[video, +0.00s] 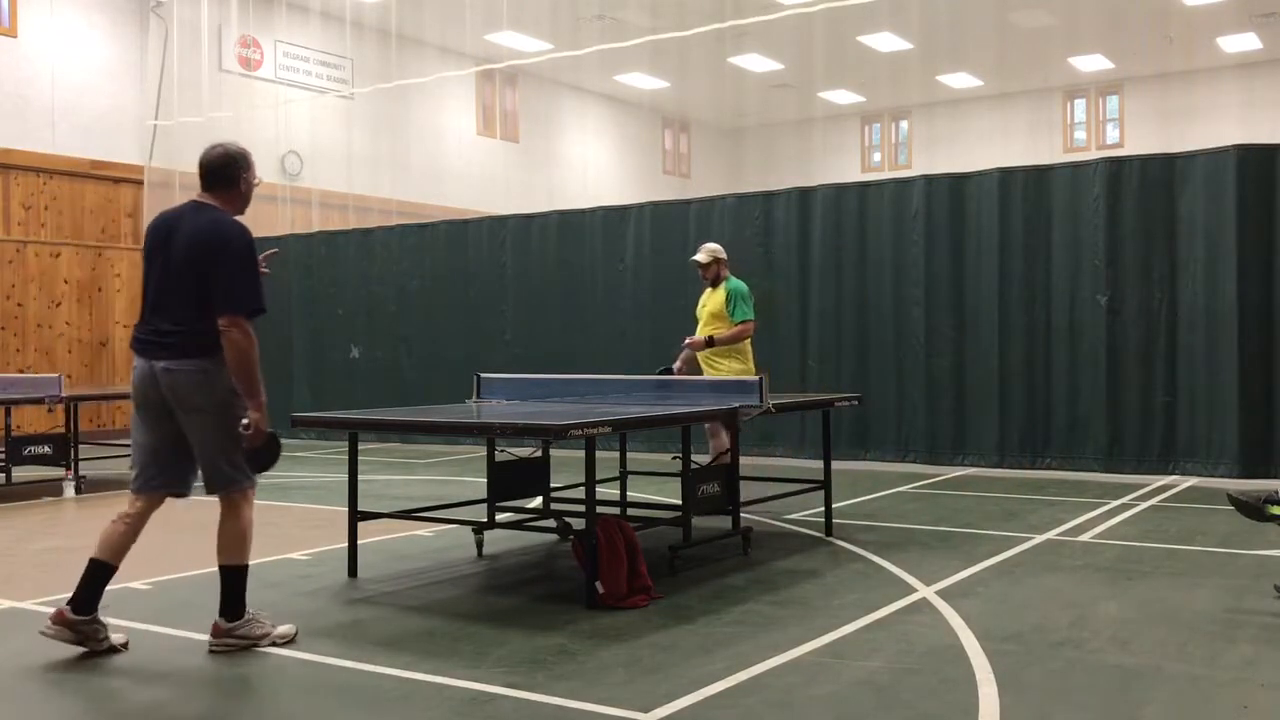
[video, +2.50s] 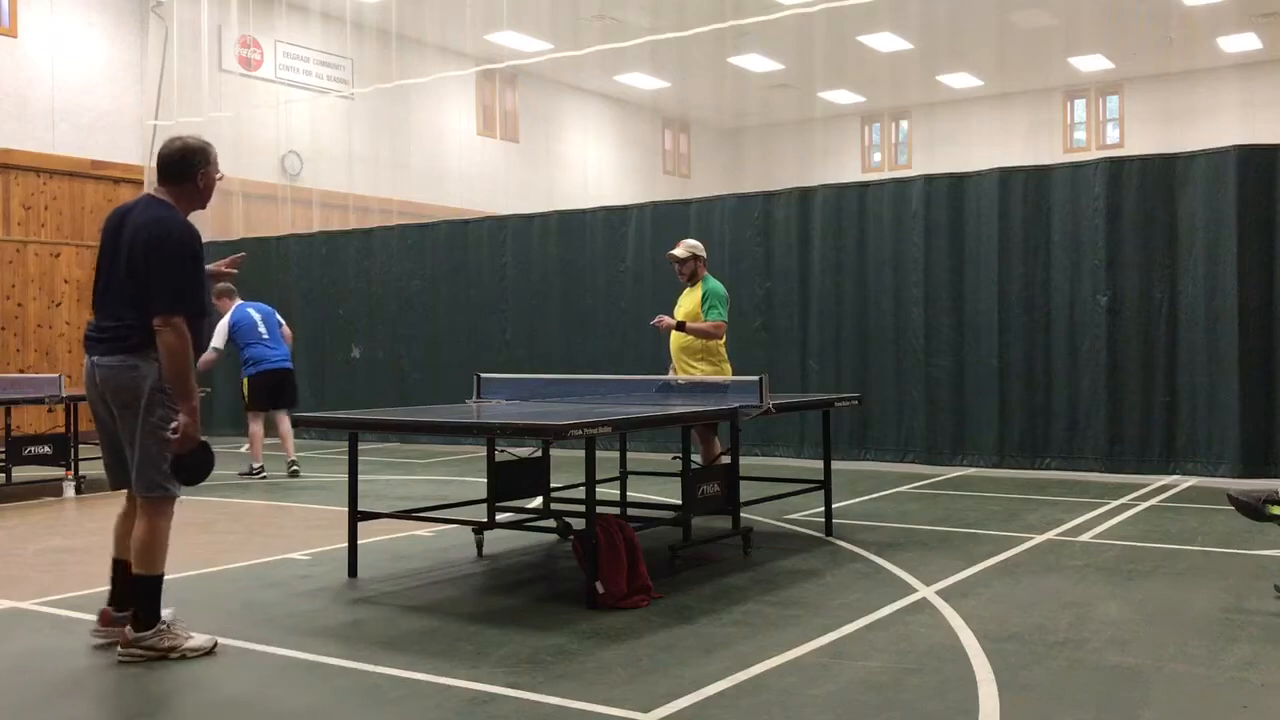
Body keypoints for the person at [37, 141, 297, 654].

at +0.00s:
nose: (256, 184)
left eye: (254, 176)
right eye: (254, 177)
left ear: (203, 181)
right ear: (243, 183)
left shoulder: (162, 224)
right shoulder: (232, 236)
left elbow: (178, 293)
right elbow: (232, 326)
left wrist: (241, 275)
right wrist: (257, 405)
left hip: (149, 371)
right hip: (202, 375)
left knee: (146, 493)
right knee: (237, 492)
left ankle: (79, 609)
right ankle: (233, 618)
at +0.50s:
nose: (276, 191)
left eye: (275, 183)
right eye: (275, 183)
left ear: (225, 181)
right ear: (265, 185)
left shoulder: (185, 225)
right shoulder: (260, 239)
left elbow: (177, 300)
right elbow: (276, 328)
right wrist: (313, 393)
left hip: (175, 370)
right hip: (231, 374)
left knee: (188, 492)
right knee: (247, 494)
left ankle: (175, 605)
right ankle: (234, 619)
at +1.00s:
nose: (238, 196)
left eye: (237, 188)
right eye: (237, 189)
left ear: (190, 187)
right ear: (226, 189)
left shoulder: (158, 232)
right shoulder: (217, 234)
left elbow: (175, 287)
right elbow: (211, 315)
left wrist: (235, 276)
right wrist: (235, 387)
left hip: (149, 369)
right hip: (189, 371)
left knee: (181, 488)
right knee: (232, 487)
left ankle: (174, 604)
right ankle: (232, 614)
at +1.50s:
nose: (229, 195)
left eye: (227, 188)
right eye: (227, 188)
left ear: (180, 188)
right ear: (215, 188)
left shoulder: (158, 226)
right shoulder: (194, 226)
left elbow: (177, 295)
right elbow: (184, 306)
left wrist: (234, 289)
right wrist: (209, 377)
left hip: (137, 362)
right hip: (165, 363)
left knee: (168, 488)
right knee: (194, 484)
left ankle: (174, 602)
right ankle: (166, 613)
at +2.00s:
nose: (217, 184)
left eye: (215, 176)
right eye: (214, 177)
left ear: (164, 180)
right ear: (201, 180)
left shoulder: (137, 225)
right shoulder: (185, 231)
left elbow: (157, 293)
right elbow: (189, 320)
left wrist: (217, 276)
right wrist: (228, 392)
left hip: (132, 370)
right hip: (168, 372)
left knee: (174, 494)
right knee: (173, 498)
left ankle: (175, 605)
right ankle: (146, 626)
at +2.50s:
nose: (217, 181)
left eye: (215, 173)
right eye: (214, 174)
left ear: (163, 174)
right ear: (199, 179)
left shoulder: (122, 216)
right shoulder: (176, 232)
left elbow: (140, 285)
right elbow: (169, 324)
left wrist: (202, 271)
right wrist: (188, 407)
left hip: (104, 369)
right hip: (144, 373)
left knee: (137, 494)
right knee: (156, 500)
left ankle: (118, 611)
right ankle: (147, 628)